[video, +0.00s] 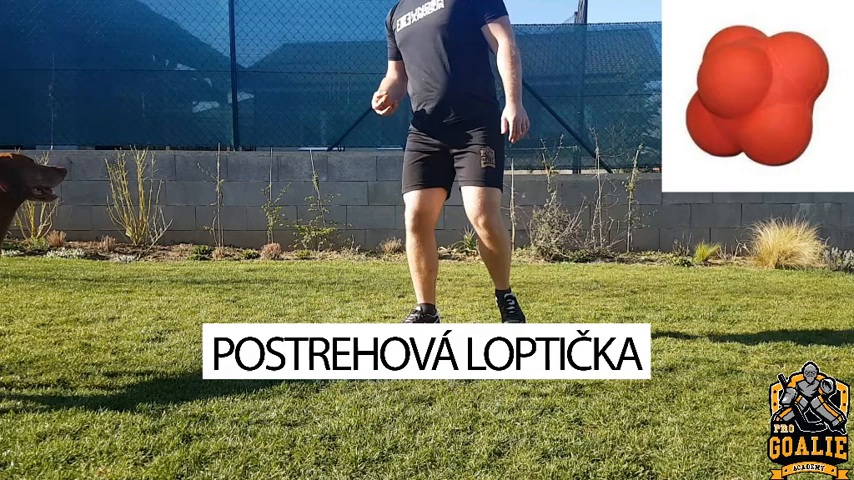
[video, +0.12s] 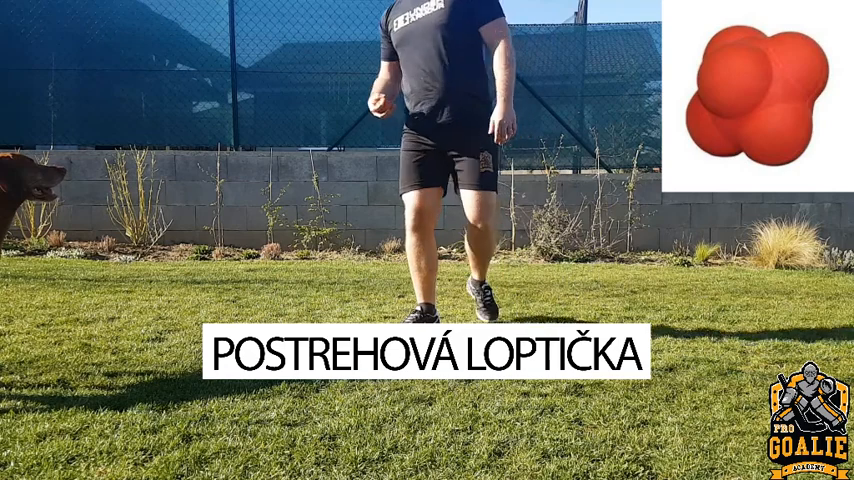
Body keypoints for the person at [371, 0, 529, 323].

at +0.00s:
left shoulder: (474, 2)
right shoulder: (396, 13)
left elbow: (505, 41)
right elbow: (397, 74)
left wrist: (513, 102)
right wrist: (386, 93)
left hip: (477, 122)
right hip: (425, 127)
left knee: (482, 215)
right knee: (416, 217)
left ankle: (505, 295)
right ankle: (426, 309)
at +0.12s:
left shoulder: (471, 1)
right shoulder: (392, 14)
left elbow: (501, 42)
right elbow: (389, 73)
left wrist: (504, 105)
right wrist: (379, 96)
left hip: (473, 122)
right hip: (420, 125)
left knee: (481, 220)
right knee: (416, 216)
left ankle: (478, 282)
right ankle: (426, 308)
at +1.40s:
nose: (361, 11)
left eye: (367, 4)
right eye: (354, 6)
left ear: (378, 3)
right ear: (346, 7)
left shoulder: (407, 36)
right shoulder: (334, 45)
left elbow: (425, 88)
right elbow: (324, 100)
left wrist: (412, 115)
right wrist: (330, 145)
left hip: (399, 138)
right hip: (352, 140)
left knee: (416, 210)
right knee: (337, 211)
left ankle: (429, 285)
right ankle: (323, 290)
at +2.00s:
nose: (379, 30)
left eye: (384, 23)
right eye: (372, 23)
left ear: (397, 12)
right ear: (363, 16)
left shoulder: (420, 49)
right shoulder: (347, 49)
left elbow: (436, 105)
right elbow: (336, 101)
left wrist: (405, 136)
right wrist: (339, 143)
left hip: (408, 143)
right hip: (362, 143)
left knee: (420, 218)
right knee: (342, 212)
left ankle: (429, 287)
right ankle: (324, 290)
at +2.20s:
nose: (362, 20)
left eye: (368, 13)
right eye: (356, 14)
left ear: (382, 8)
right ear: (349, 12)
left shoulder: (408, 46)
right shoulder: (333, 49)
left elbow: (427, 101)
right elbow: (321, 100)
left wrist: (394, 132)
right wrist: (337, 136)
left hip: (397, 142)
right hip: (350, 142)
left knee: (412, 212)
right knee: (332, 212)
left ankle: (429, 287)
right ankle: (323, 290)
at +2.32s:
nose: (354, 19)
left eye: (360, 12)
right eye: (348, 13)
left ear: (373, 7)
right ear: (340, 11)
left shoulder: (400, 45)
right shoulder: (325, 48)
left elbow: (418, 101)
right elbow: (313, 103)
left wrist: (381, 129)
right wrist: (337, 128)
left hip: (391, 141)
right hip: (344, 143)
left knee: (412, 213)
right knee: (328, 212)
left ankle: (429, 287)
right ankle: (323, 290)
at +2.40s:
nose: (348, 19)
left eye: (354, 12)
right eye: (342, 13)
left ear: (366, 7)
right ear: (334, 12)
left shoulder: (394, 43)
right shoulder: (320, 50)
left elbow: (412, 99)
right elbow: (306, 103)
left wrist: (374, 120)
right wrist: (328, 118)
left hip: (388, 141)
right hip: (342, 143)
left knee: (412, 213)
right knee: (327, 212)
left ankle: (428, 286)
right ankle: (322, 290)